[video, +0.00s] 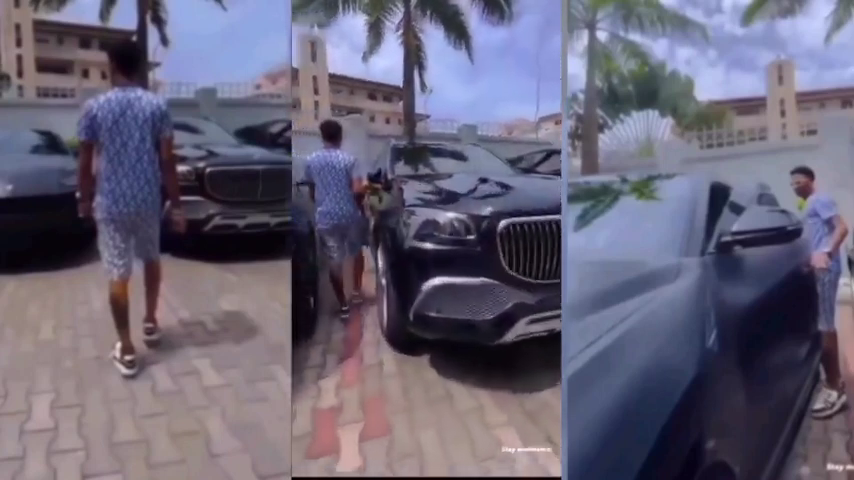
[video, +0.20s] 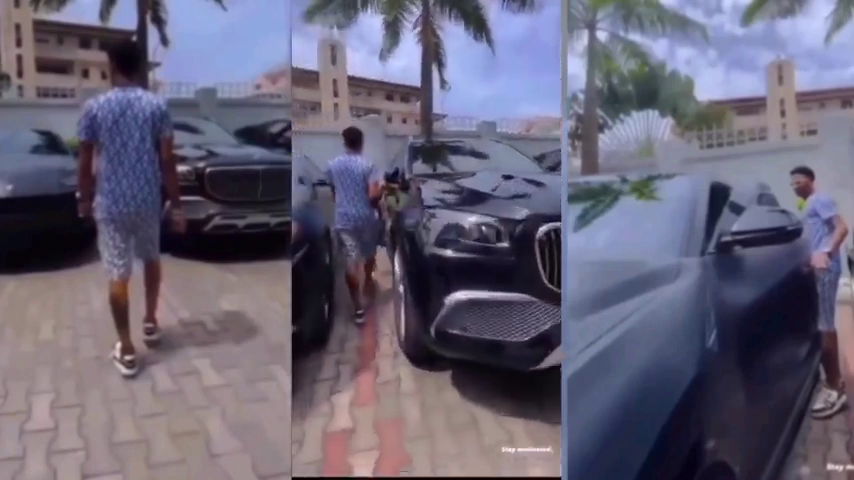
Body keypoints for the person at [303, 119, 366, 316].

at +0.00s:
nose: (334, 139)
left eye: (329, 136)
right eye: (337, 136)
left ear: (322, 137)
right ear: (340, 137)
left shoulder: (312, 161)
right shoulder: (349, 159)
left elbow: (311, 192)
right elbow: (357, 189)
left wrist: (318, 205)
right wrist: (360, 207)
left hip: (325, 214)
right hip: (349, 213)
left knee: (334, 260)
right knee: (357, 252)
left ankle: (342, 305)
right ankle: (357, 290)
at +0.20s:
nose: (354, 145)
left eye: (349, 142)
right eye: (357, 142)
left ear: (344, 143)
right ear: (362, 143)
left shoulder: (333, 165)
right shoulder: (368, 165)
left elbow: (333, 193)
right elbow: (373, 193)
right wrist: (382, 187)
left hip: (344, 217)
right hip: (366, 216)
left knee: (351, 260)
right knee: (369, 256)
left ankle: (357, 307)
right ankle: (367, 283)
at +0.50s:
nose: (392, 148)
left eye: (386, 145)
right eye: (393, 145)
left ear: (378, 146)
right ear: (394, 146)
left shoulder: (369, 165)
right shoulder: (395, 167)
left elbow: (368, 186)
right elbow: (396, 196)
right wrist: (406, 191)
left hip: (374, 213)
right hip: (392, 214)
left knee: (375, 250)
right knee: (394, 253)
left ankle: (377, 283)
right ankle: (390, 286)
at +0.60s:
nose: (403, 146)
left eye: (399, 143)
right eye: (403, 144)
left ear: (388, 145)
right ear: (403, 145)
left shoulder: (379, 164)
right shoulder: (403, 166)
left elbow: (376, 183)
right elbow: (403, 195)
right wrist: (414, 190)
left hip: (384, 212)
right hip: (400, 213)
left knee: (389, 248)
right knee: (402, 250)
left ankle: (393, 284)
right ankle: (390, 285)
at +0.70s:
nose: (411, 147)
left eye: (407, 145)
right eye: (411, 144)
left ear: (396, 146)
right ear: (411, 146)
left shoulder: (387, 165)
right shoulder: (411, 167)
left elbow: (384, 188)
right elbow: (411, 193)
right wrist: (419, 193)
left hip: (392, 214)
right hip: (409, 215)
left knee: (394, 248)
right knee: (409, 253)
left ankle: (396, 281)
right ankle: (403, 291)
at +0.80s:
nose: (417, 150)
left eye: (412, 147)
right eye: (417, 147)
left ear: (404, 148)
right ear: (418, 148)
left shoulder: (395, 167)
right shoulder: (420, 168)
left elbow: (390, 192)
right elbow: (419, 194)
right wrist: (428, 191)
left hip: (399, 216)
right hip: (416, 217)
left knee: (404, 250)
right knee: (415, 255)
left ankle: (409, 283)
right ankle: (409, 294)